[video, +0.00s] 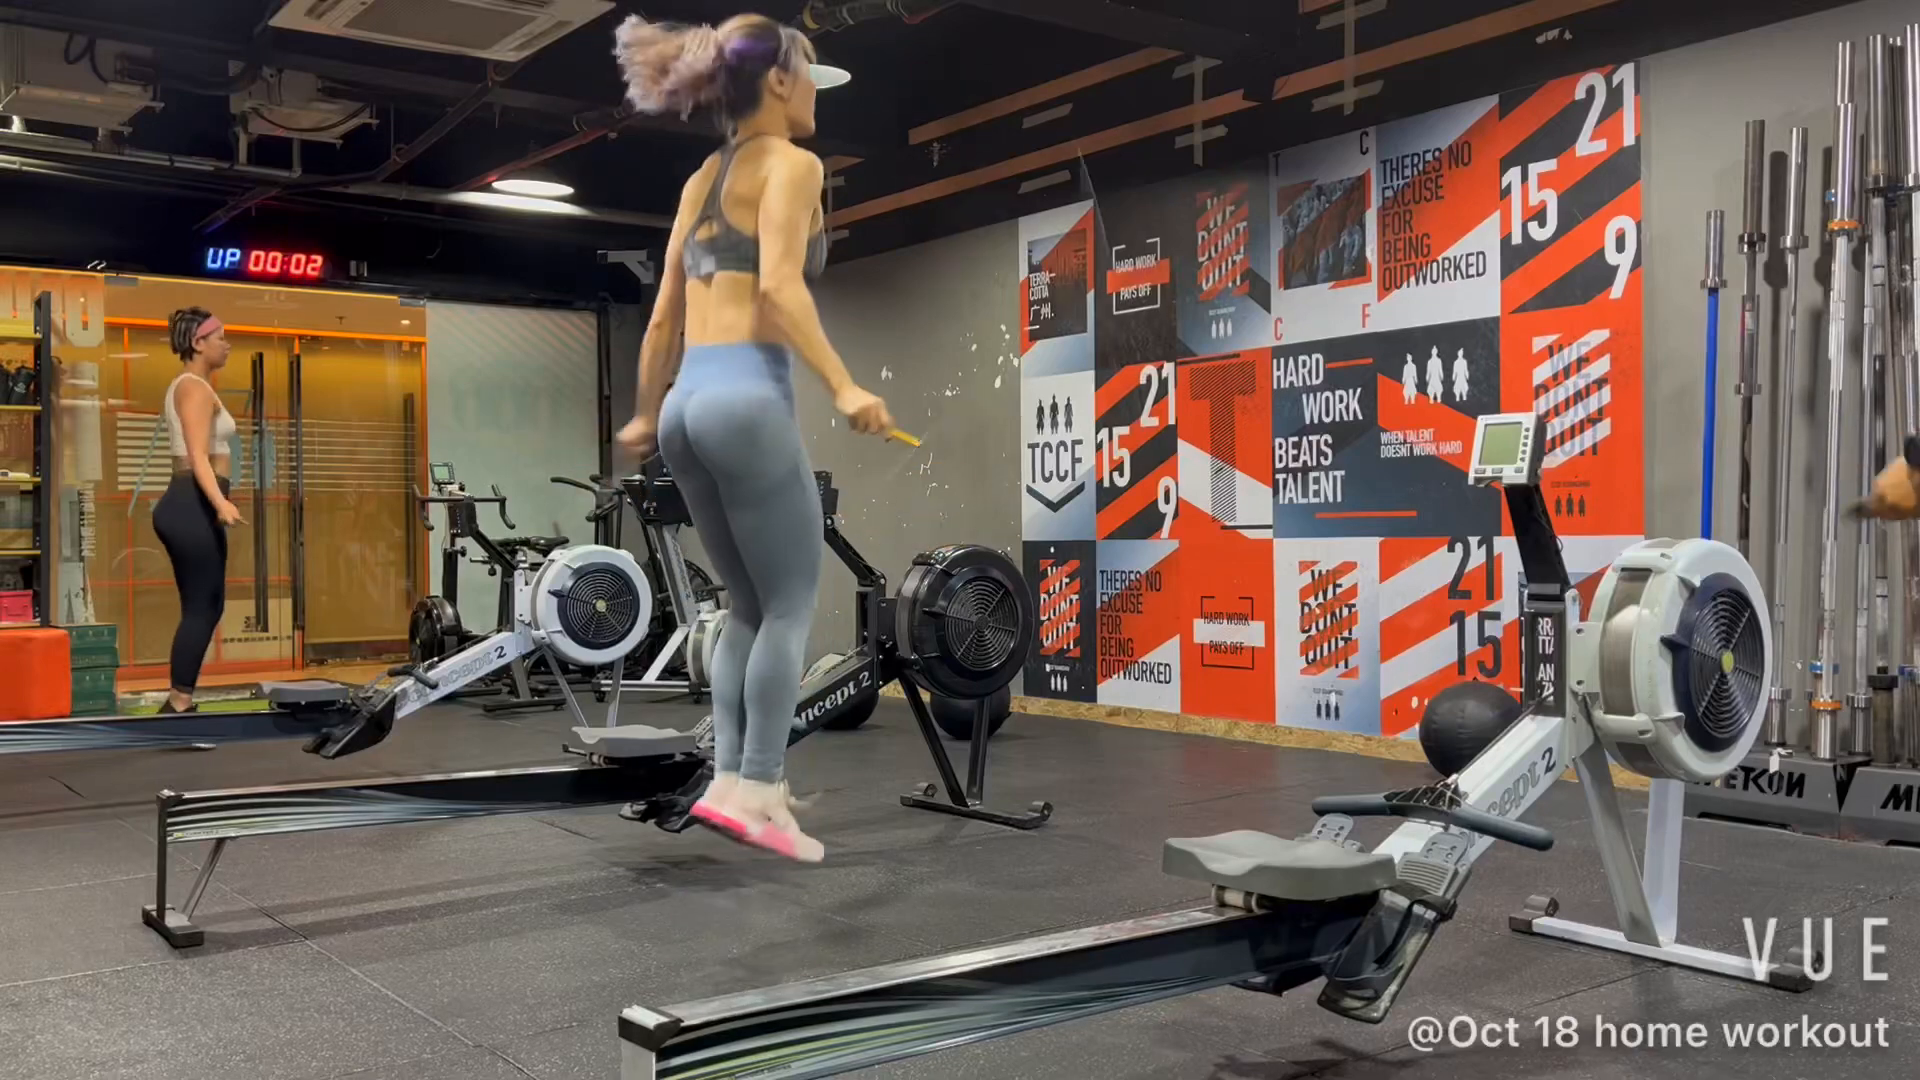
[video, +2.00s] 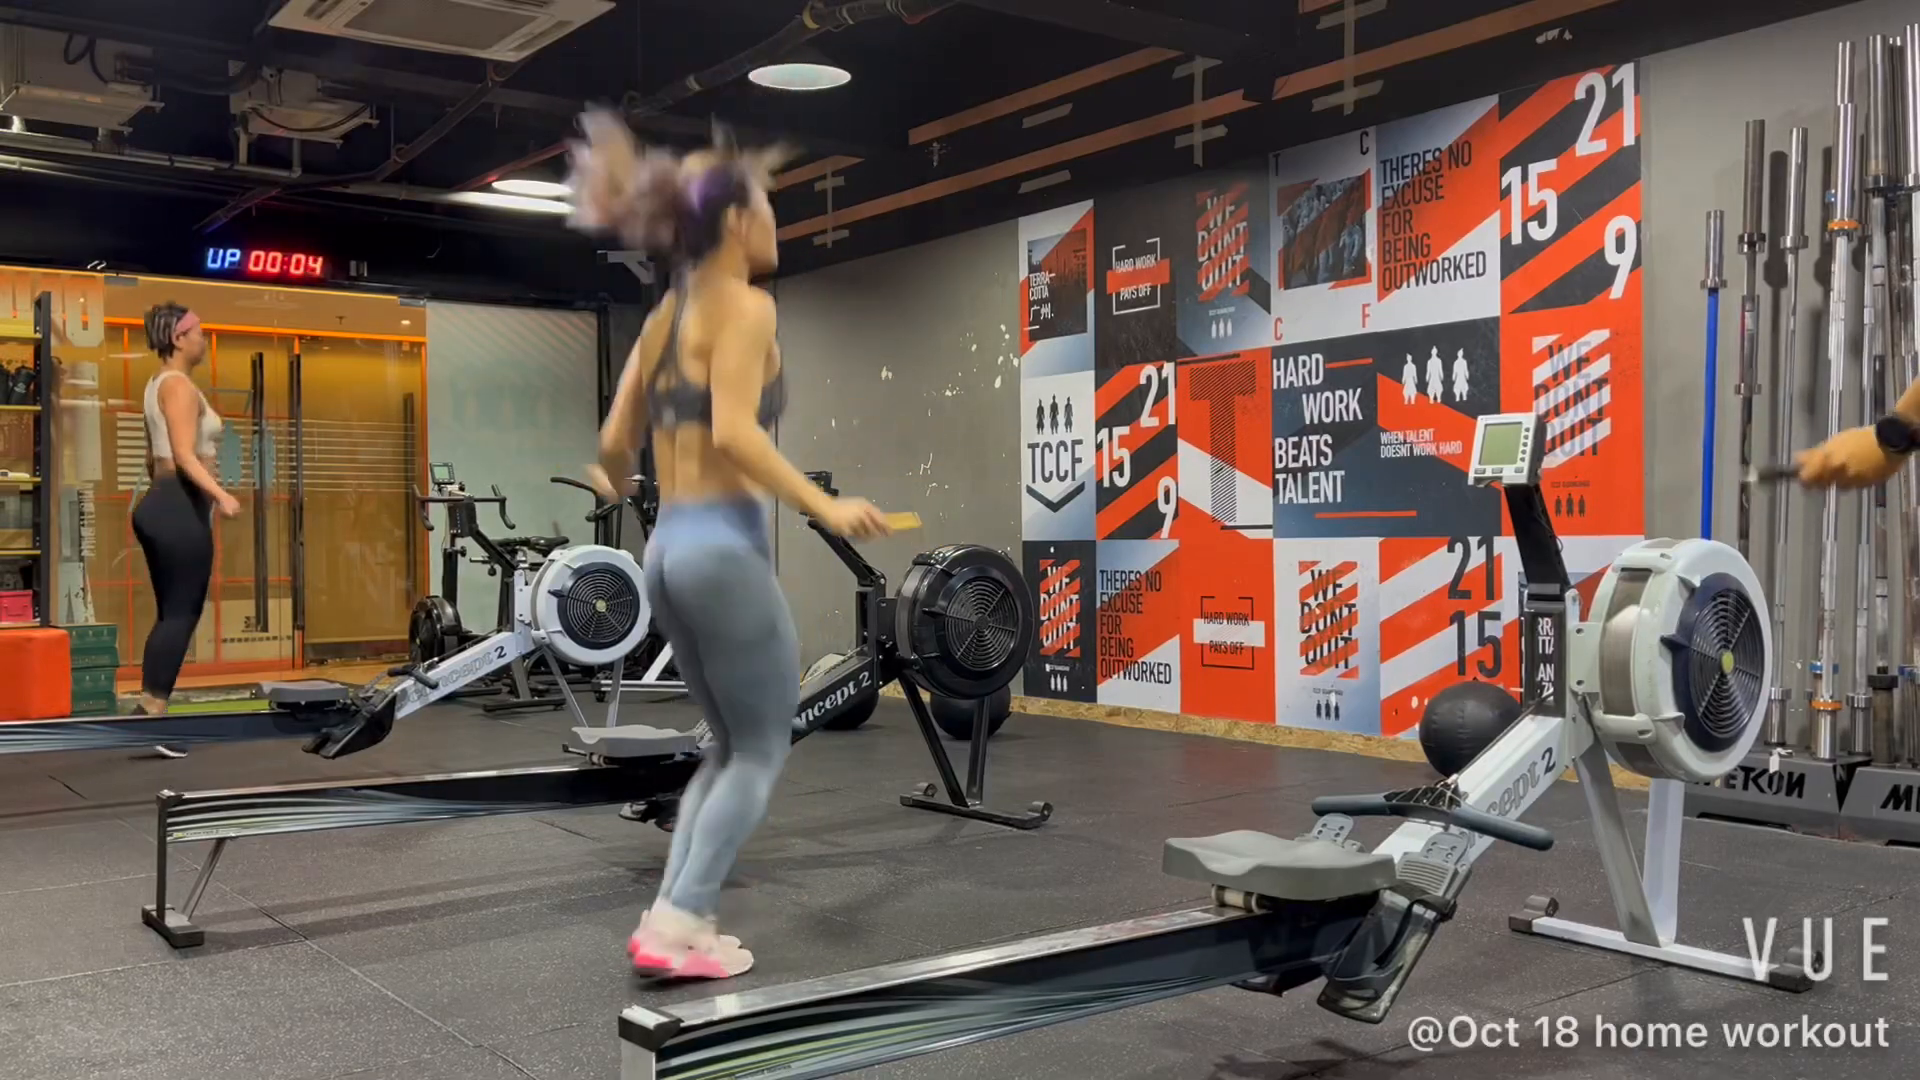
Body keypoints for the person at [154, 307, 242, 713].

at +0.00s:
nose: (227, 343)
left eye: (224, 335)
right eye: (219, 336)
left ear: (199, 344)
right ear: (198, 344)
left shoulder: (192, 385)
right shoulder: (193, 387)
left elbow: (193, 455)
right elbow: (197, 454)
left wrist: (218, 498)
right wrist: (220, 501)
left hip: (191, 502)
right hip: (190, 502)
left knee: (205, 606)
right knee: (203, 607)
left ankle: (181, 699)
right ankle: (180, 701)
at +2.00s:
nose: (205, 338)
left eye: (202, 331)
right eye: (199, 332)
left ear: (172, 340)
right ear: (179, 339)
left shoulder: (160, 385)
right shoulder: (178, 385)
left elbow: (160, 460)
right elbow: (183, 454)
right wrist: (220, 494)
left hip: (162, 501)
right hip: (179, 502)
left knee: (172, 611)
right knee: (182, 612)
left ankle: (152, 706)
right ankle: (154, 708)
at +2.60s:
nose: (218, 355)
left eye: (216, 346)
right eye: (214, 347)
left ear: (187, 353)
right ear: (196, 351)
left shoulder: (175, 399)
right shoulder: (191, 400)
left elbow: (193, 468)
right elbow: (198, 468)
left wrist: (245, 491)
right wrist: (249, 493)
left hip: (171, 519)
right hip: (189, 521)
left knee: (190, 625)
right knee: (203, 626)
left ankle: (161, 716)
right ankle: (165, 719)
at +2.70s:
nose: (221, 361)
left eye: (218, 353)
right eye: (215, 354)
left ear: (191, 361)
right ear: (197, 360)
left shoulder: (176, 405)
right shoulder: (192, 407)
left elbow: (193, 476)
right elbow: (205, 477)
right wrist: (253, 512)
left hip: (175, 523)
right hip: (192, 525)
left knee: (193, 631)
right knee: (206, 632)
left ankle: (158, 715)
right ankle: (164, 718)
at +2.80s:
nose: (220, 339)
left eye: (217, 332)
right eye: (214, 333)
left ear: (187, 341)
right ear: (195, 340)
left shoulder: (176, 385)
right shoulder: (194, 385)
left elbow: (170, 460)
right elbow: (199, 454)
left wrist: (191, 499)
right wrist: (231, 493)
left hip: (178, 499)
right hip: (196, 500)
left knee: (194, 610)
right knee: (206, 610)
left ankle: (171, 703)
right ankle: (175, 706)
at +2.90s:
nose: (222, 337)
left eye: (218, 330)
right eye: (215, 331)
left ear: (191, 340)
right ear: (197, 339)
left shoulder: (178, 385)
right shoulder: (198, 384)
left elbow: (172, 464)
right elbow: (198, 454)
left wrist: (208, 493)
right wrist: (238, 480)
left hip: (182, 501)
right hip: (198, 501)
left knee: (202, 609)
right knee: (213, 608)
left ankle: (177, 700)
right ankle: (180, 703)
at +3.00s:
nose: (226, 360)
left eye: (223, 352)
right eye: (221, 352)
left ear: (196, 359)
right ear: (204, 357)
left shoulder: (181, 406)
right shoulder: (201, 406)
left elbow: (195, 476)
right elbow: (210, 474)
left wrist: (244, 497)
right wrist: (262, 498)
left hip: (185, 523)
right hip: (202, 524)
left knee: (210, 631)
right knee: (221, 632)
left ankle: (178, 717)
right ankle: (181, 719)